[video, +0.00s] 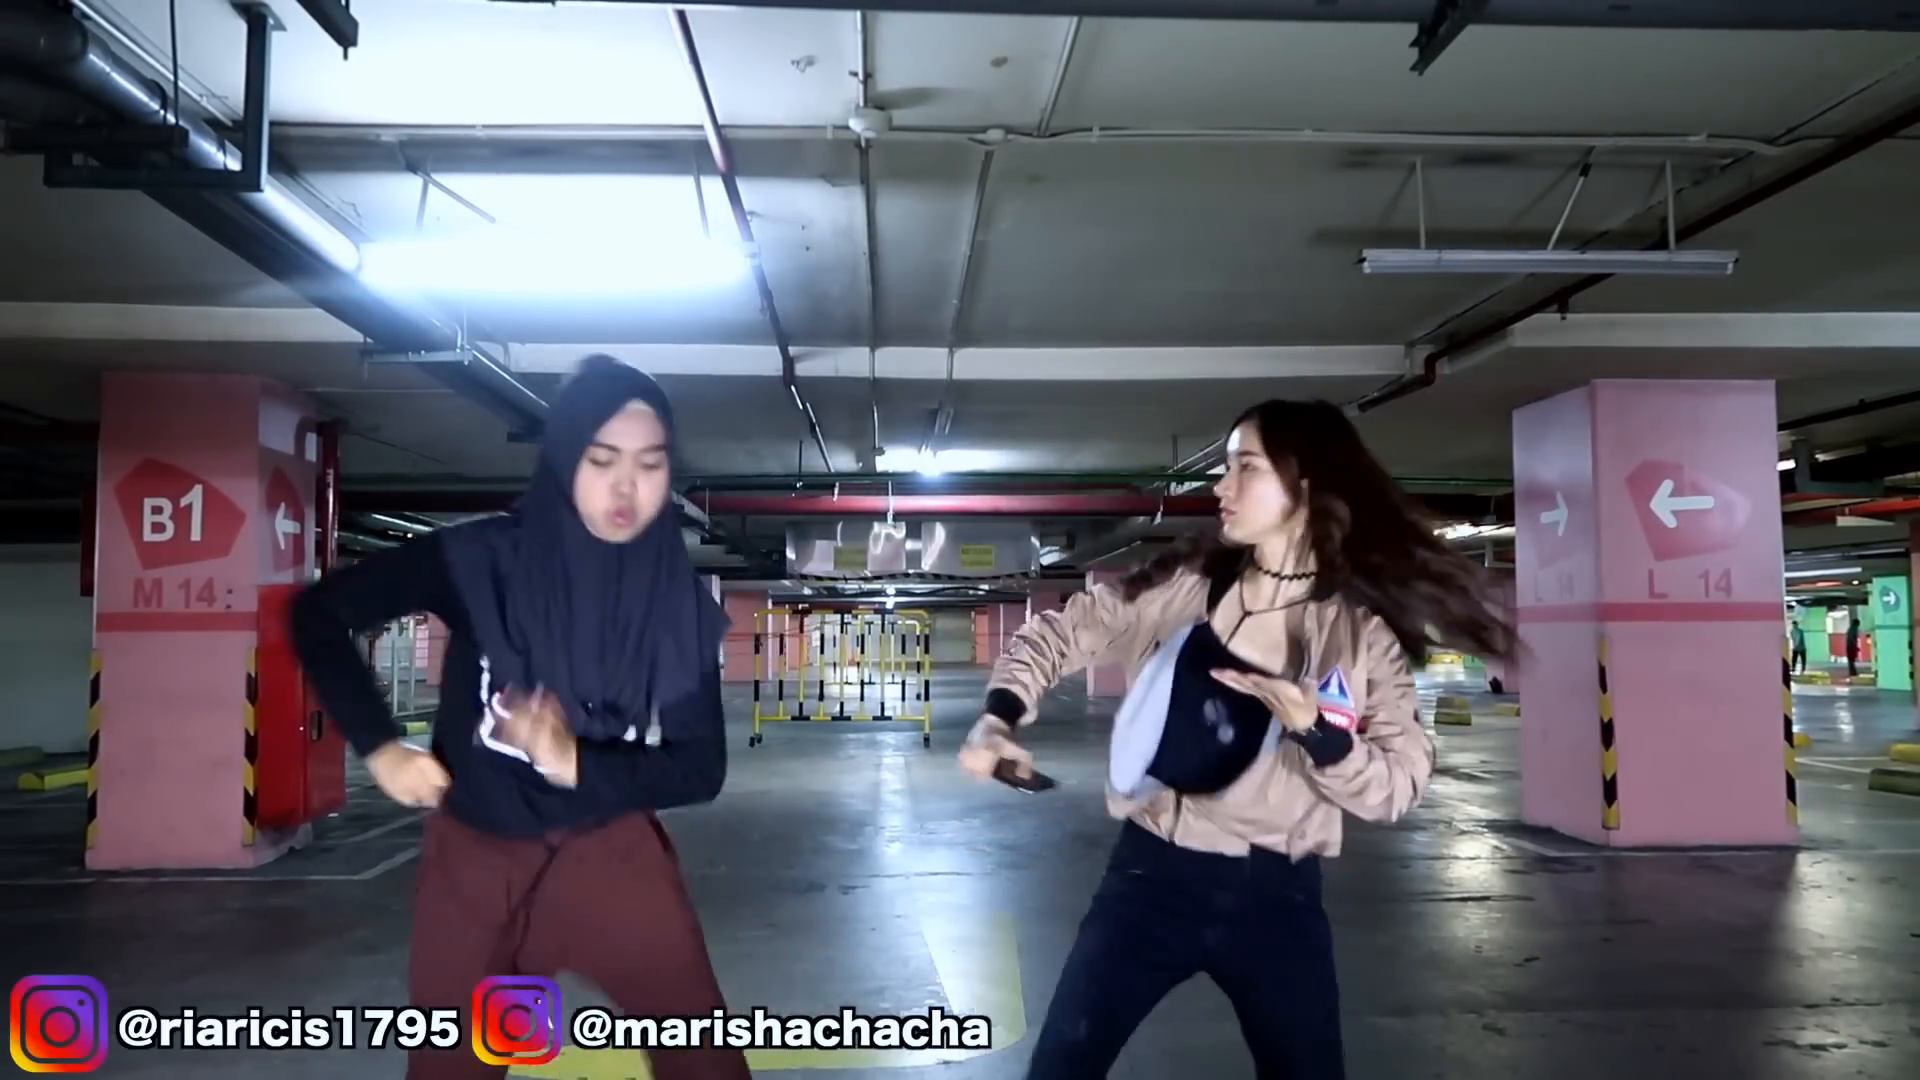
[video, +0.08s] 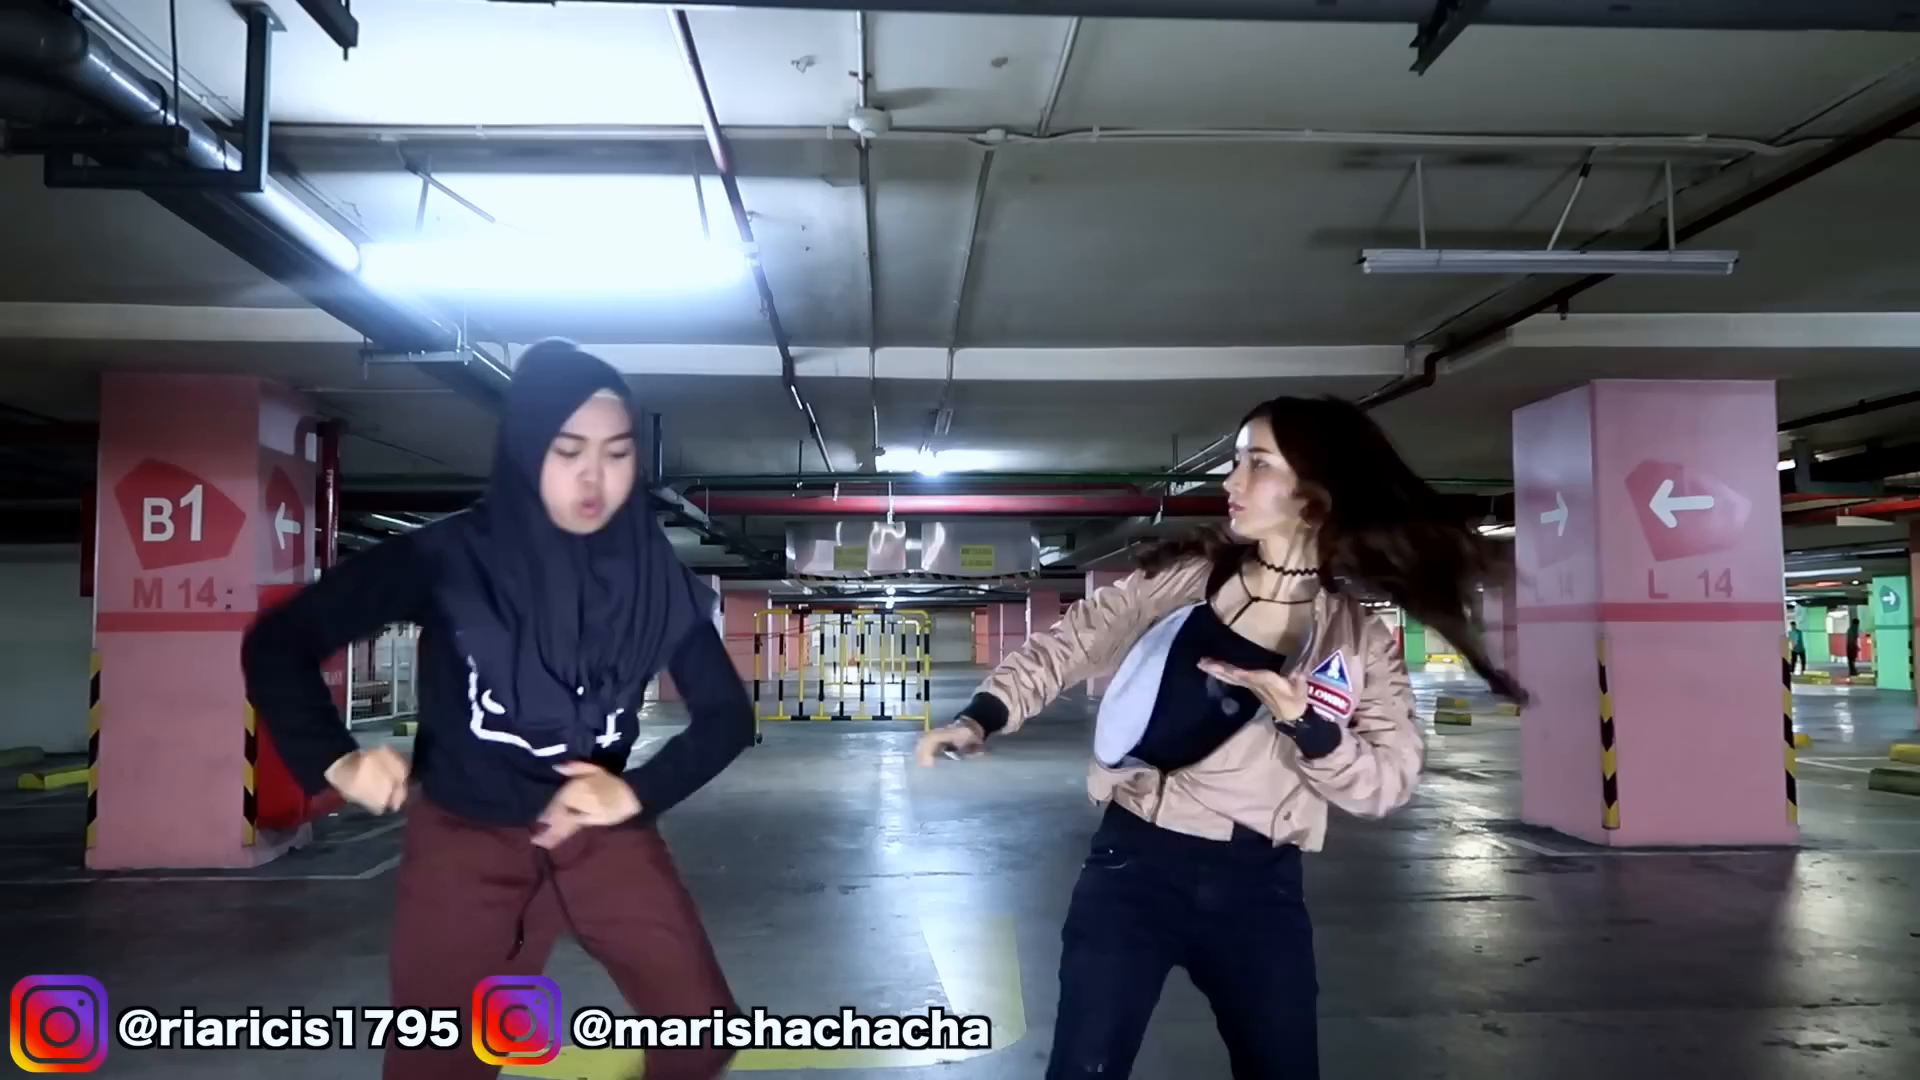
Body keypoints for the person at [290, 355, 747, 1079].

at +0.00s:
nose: (627, 489)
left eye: (651, 464)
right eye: (603, 461)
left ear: (670, 470)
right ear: (561, 461)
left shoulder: (678, 599)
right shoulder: (478, 557)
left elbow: (701, 769)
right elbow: (318, 612)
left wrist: (578, 766)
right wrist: (380, 743)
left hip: (614, 860)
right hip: (471, 861)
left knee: (707, 1063)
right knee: (444, 1067)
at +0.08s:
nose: (595, 478)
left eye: (617, 451)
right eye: (569, 451)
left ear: (638, 456)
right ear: (525, 451)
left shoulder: (652, 572)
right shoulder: (448, 554)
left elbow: (727, 719)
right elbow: (275, 643)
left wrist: (636, 790)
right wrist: (336, 760)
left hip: (607, 836)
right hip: (463, 840)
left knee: (701, 1029)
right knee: (430, 1060)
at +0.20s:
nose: (555, 523)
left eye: (577, 497)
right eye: (529, 496)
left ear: (596, 500)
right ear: (481, 495)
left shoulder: (618, 586)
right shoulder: (425, 601)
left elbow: (738, 628)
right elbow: (370, 815)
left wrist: (694, 743)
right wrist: (393, 711)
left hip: (570, 864)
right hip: (431, 885)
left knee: (707, 952)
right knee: (410, 1068)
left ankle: (588, 979)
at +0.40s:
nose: (565, 479)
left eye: (583, 451)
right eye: (537, 454)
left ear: (597, 446)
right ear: (485, 456)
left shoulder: (615, 504)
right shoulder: (460, 553)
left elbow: (700, 493)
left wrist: (661, 611)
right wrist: (517, 603)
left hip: (605, 817)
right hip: (473, 829)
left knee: (724, 1029)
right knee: (427, 1060)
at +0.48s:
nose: (578, 505)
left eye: (595, 479)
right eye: (550, 480)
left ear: (610, 477)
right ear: (496, 480)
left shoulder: (637, 546)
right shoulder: (476, 583)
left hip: (616, 855)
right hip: (487, 855)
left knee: (705, 1060)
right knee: (443, 1064)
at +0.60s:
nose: (630, 544)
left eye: (644, 517)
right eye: (602, 519)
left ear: (657, 516)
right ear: (546, 521)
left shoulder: (656, 566)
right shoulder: (522, 644)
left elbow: (759, 539)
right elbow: (551, 798)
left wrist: (764, 653)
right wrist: (607, 912)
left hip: (670, 897)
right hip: (554, 898)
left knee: (714, 1067)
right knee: (497, 1066)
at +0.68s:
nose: (672, 510)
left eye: (687, 483)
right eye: (644, 488)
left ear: (702, 481)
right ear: (592, 493)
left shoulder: (718, 546)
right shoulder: (549, 613)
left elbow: (788, 564)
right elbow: (523, 791)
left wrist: (822, 616)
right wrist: (523, 927)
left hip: (712, 859)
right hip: (590, 865)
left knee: (740, 1061)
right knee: (548, 1062)